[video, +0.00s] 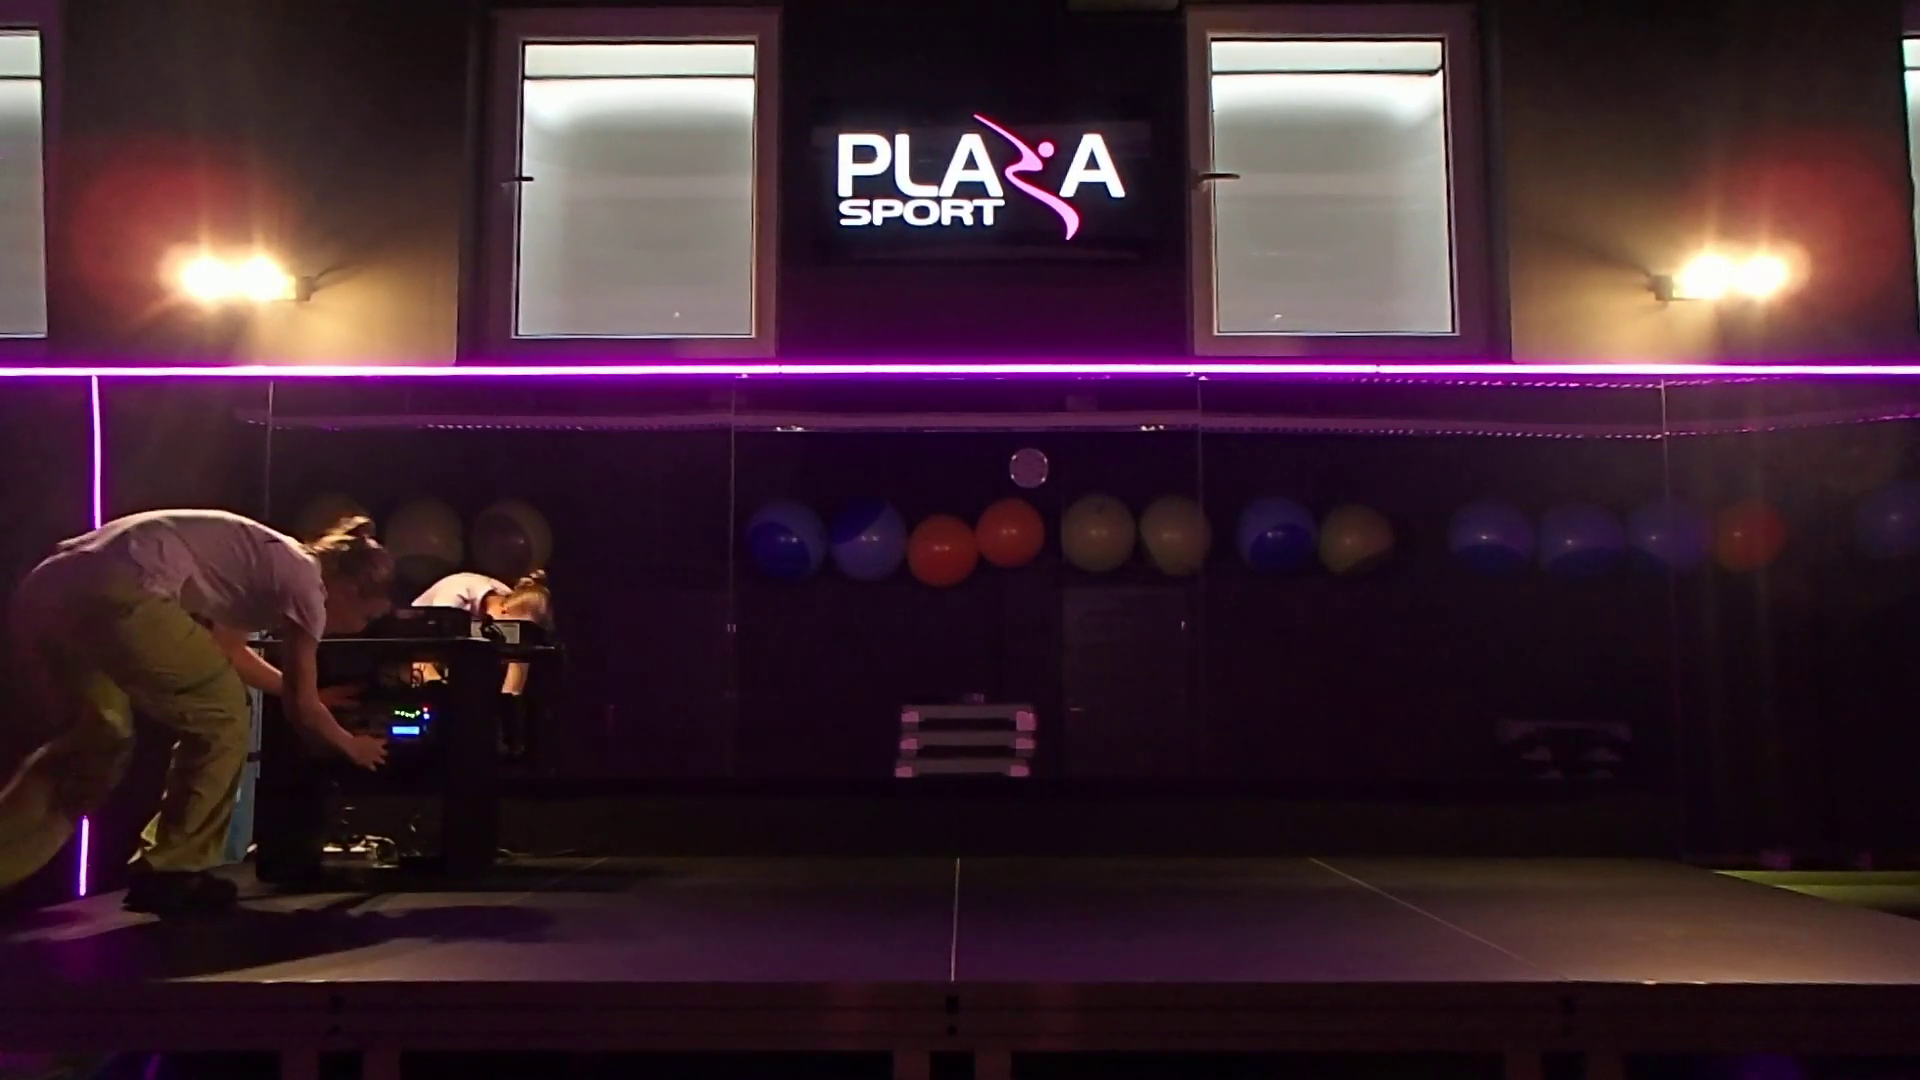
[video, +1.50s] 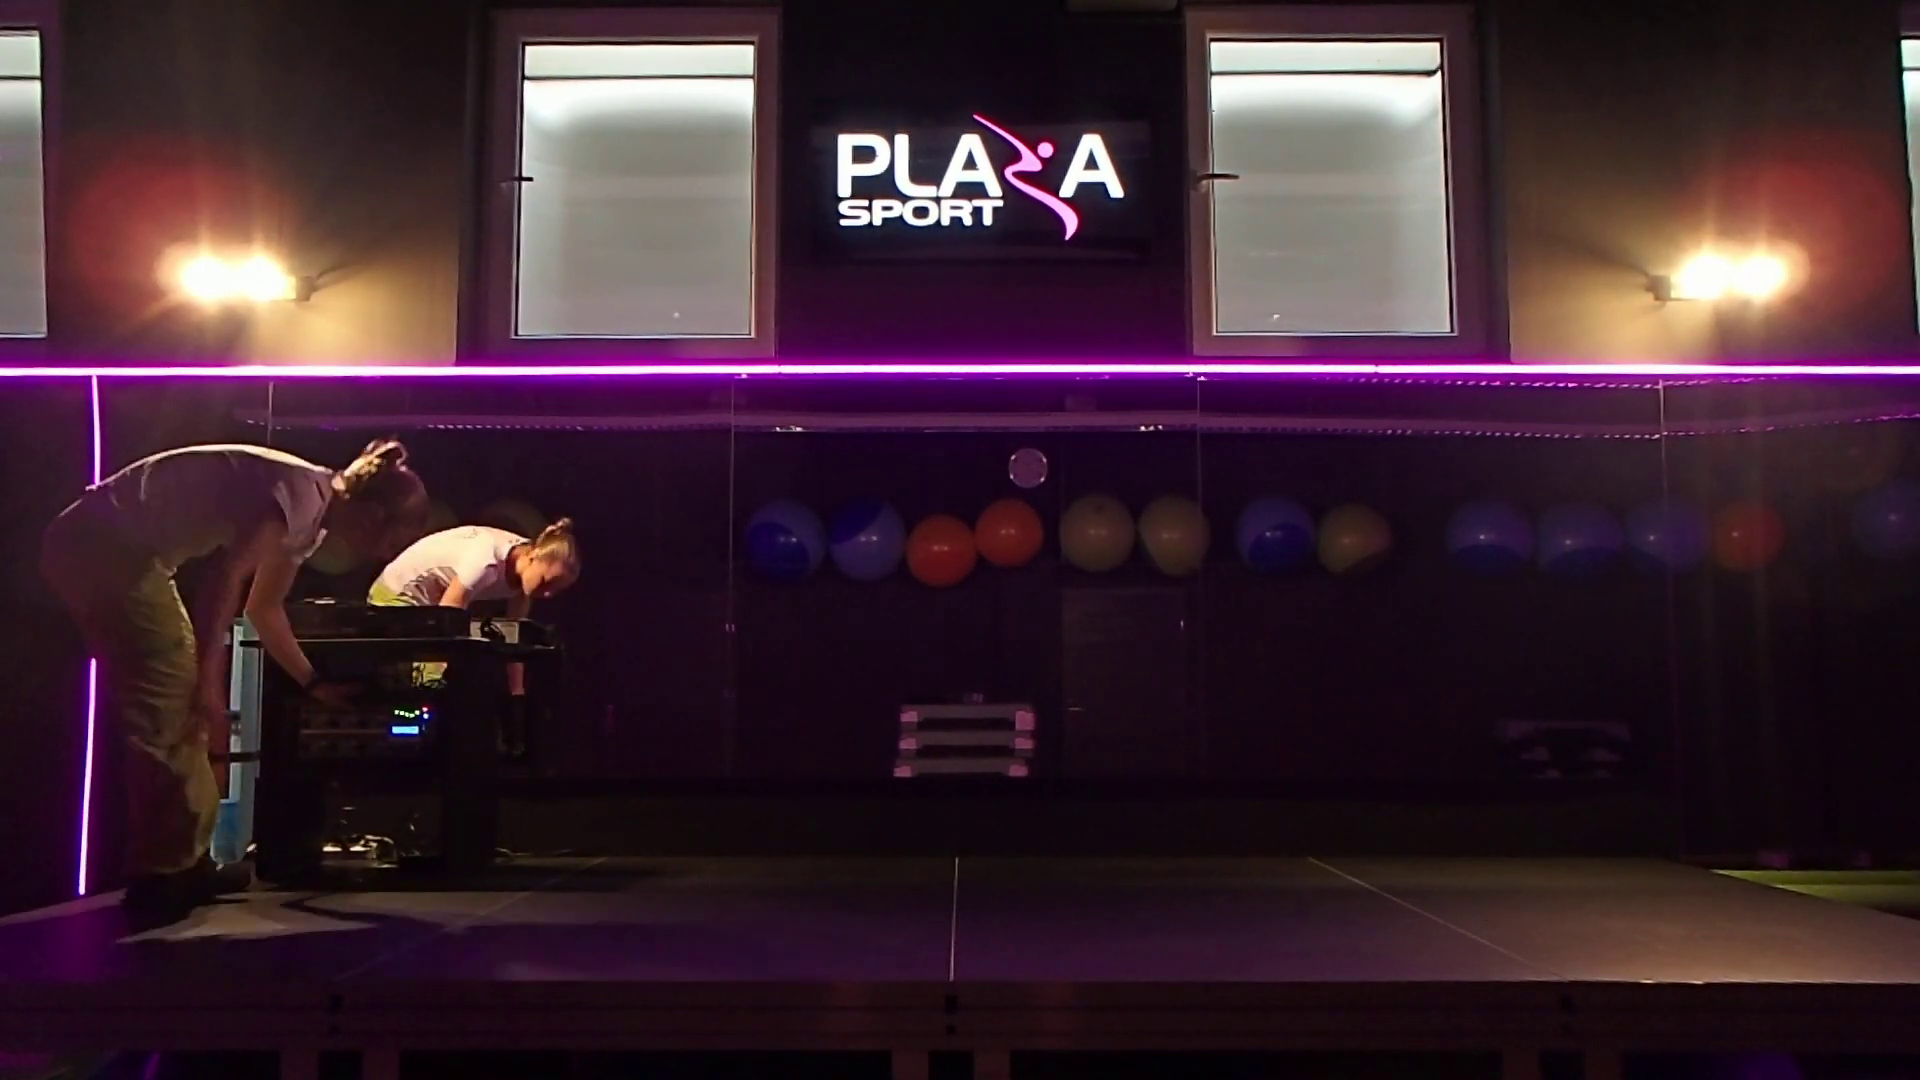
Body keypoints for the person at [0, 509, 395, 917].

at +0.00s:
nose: (358, 628)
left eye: (369, 620)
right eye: (366, 616)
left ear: (340, 570)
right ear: (349, 588)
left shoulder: (256, 567)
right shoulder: (305, 584)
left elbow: (226, 645)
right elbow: (303, 705)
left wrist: (299, 694)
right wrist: (350, 744)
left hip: (48, 587)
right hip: (123, 591)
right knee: (222, 715)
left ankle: (1, 864)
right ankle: (170, 872)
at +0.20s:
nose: (359, 639)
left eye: (371, 634)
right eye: (370, 628)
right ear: (359, 601)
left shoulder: (269, 564)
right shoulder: (316, 582)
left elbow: (232, 644)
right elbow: (302, 710)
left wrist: (298, 693)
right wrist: (347, 743)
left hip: (65, 577)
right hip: (130, 584)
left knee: (160, 714)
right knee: (231, 711)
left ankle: (43, 817)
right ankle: (172, 871)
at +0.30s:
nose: (360, 641)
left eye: (372, 637)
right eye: (372, 632)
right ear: (362, 604)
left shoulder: (279, 567)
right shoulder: (322, 586)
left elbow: (237, 642)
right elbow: (302, 707)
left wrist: (301, 691)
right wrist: (349, 740)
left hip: (73, 569)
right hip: (129, 575)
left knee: (168, 701)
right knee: (232, 706)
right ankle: (176, 868)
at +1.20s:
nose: (360, 617)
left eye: (373, 612)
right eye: (370, 606)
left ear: (363, 565)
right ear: (363, 574)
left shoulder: (281, 537)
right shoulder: (313, 553)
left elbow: (241, 630)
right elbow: (289, 672)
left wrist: (308, 695)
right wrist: (339, 738)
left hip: (83, 555)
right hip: (124, 562)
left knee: (163, 716)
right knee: (208, 720)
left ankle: (164, 865)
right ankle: (171, 872)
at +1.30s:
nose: (371, 595)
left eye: (382, 586)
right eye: (379, 579)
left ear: (357, 537)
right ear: (365, 551)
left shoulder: (290, 523)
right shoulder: (311, 535)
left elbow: (245, 628)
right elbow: (269, 644)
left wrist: (294, 679)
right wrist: (305, 745)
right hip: (121, 562)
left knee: (185, 720)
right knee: (202, 722)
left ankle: (175, 868)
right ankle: (167, 874)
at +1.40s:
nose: (382, 568)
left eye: (393, 560)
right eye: (390, 554)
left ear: (365, 514)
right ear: (373, 528)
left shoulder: (306, 507)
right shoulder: (308, 508)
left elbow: (256, 616)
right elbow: (248, 615)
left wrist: (308, 685)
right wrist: (255, 726)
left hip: (117, 550)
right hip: (110, 550)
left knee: (186, 695)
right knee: (187, 696)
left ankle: (184, 864)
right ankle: (166, 872)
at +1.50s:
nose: (388, 553)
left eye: (396, 544)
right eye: (394, 540)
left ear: (369, 508)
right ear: (377, 515)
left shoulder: (305, 522)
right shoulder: (299, 496)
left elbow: (265, 607)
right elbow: (225, 577)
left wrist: (311, 681)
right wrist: (206, 680)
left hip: (134, 552)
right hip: (106, 547)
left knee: (181, 697)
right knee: (162, 698)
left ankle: (189, 863)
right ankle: (161, 874)